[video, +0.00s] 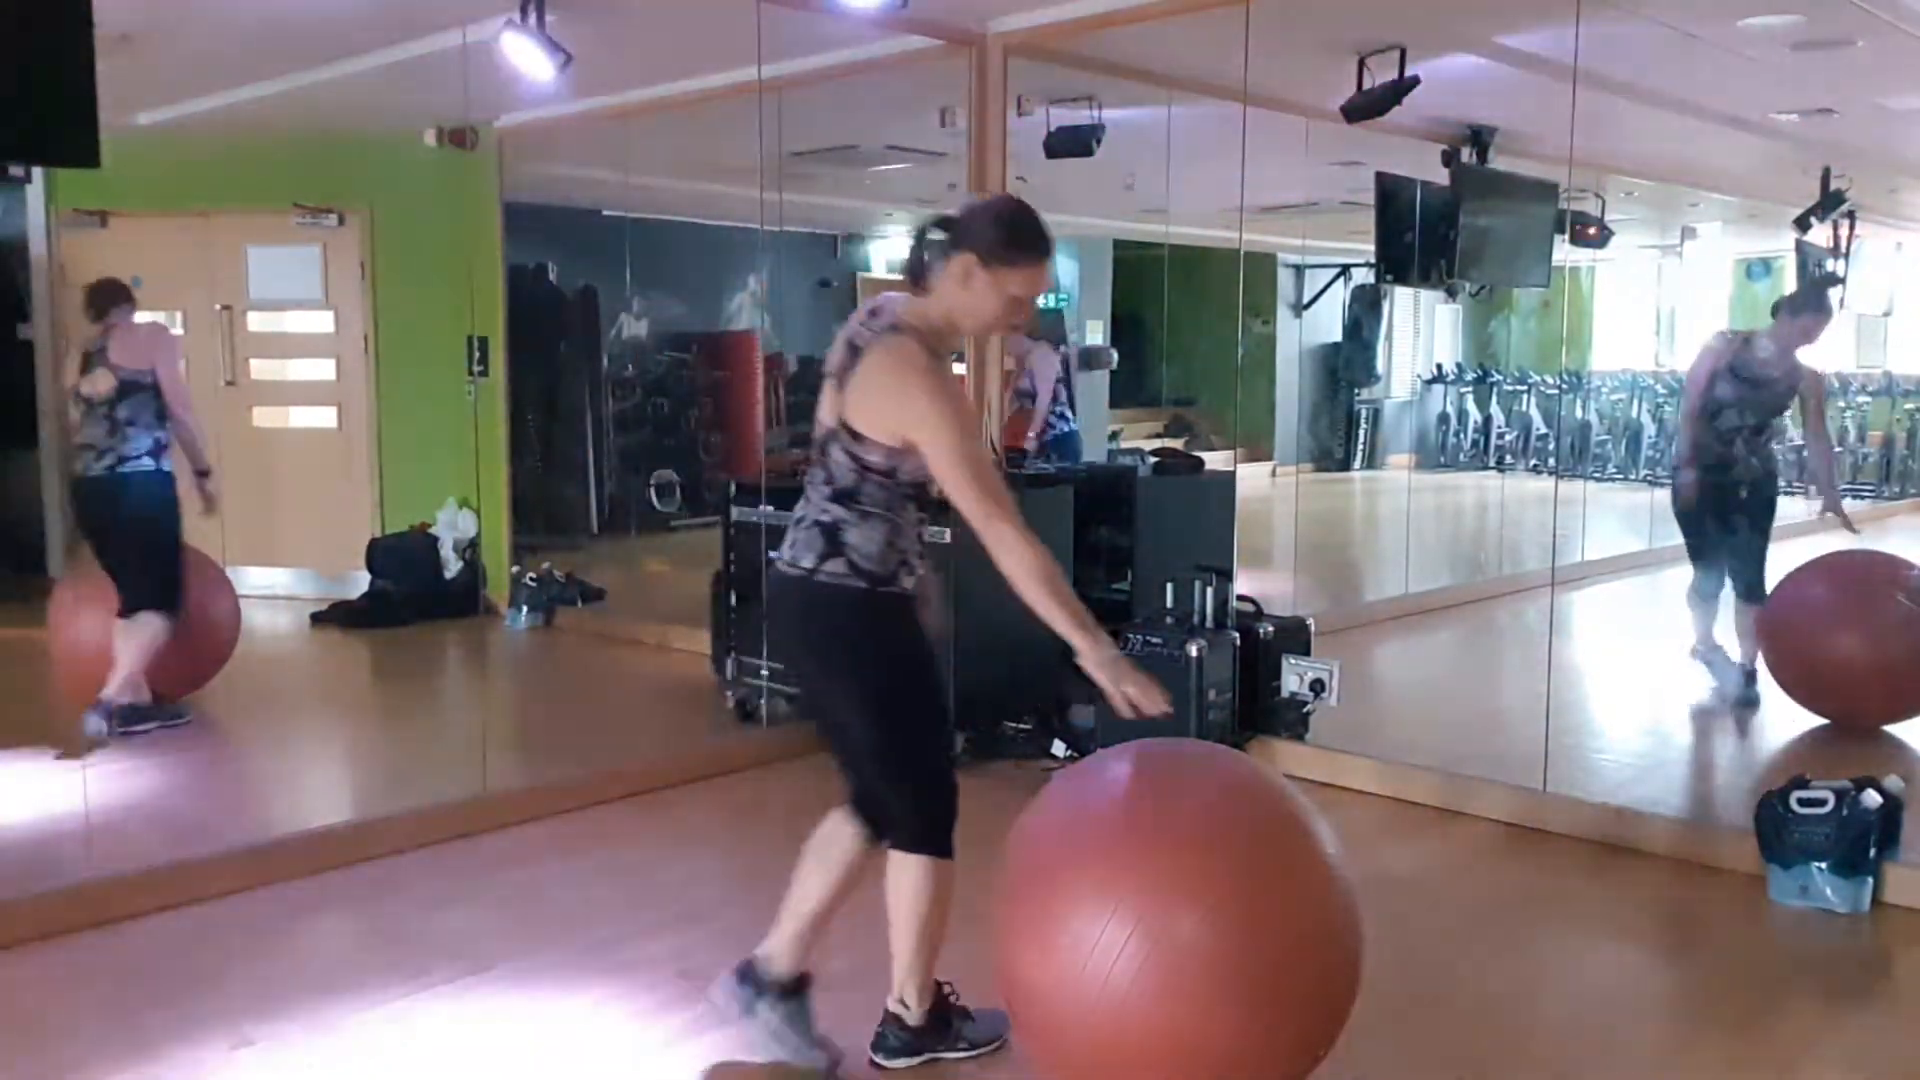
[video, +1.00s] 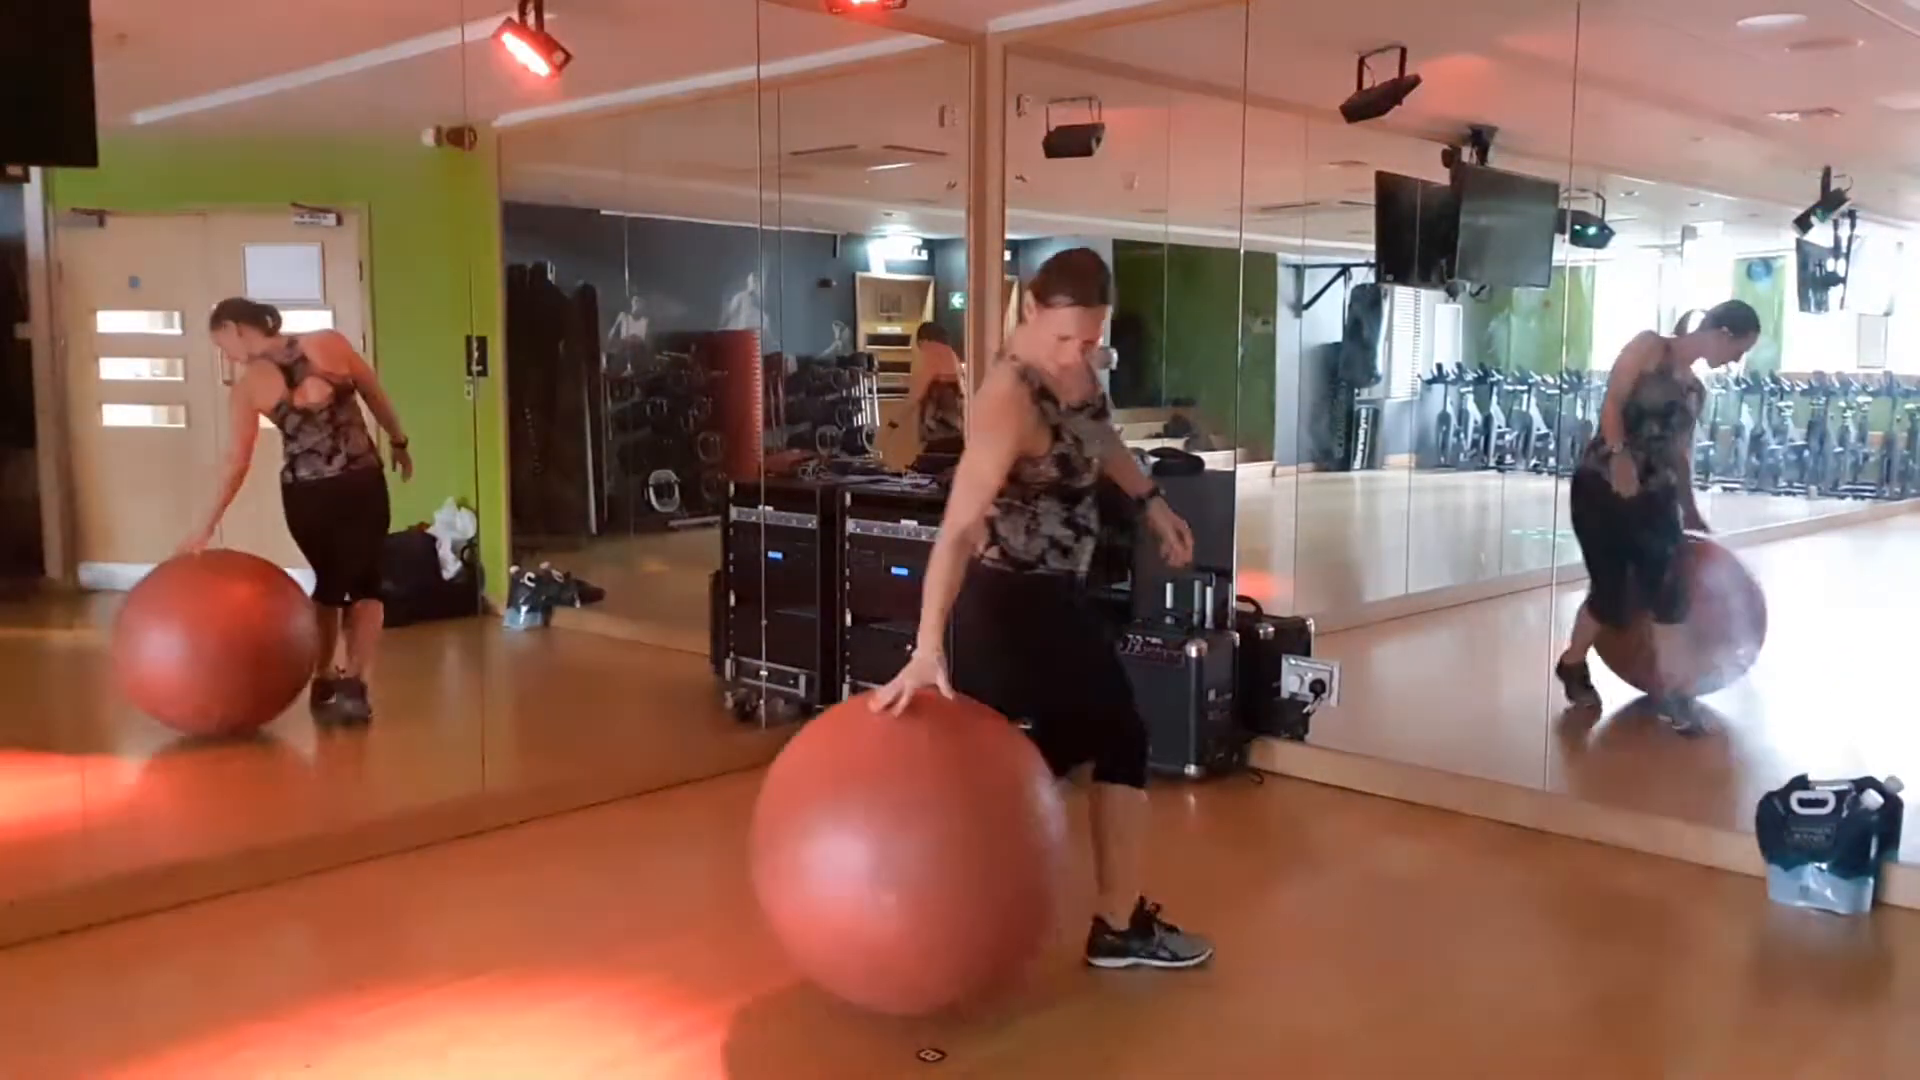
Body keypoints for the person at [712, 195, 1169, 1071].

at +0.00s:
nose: (1019, 320)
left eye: (1029, 304)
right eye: (1016, 300)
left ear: (961, 272)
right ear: (963, 271)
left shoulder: (882, 323)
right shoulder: (909, 369)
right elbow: (999, 528)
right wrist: (1100, 654)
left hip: (817, 590)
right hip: (856, 601)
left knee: (877, 792)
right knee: (924, 799)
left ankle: (772, 974)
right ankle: (913, 1013)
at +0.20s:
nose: (1080, 356)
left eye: (1090, 340)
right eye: (1077, 335)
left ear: (1020, 304)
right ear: (1025, 303)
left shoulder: (939, 337)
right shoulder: (982, 399)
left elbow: (874, 418)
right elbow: (1054, 556)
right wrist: (1130, 682)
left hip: (855, 583)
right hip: (884, 597)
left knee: (928, 750)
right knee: (944, 797)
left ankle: (871, 896)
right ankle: (910, 1012)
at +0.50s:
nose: (1075, 375)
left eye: (1088, 363)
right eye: (1072, 356)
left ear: (1038, 318)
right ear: (1036, 317)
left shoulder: (989, 347)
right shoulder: (981, 405)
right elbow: (974, 562)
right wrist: (1022, 683)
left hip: (933, 575)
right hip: (923, 589)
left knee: (968, 733)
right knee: (982, 742)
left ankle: (927, 885)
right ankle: (935, 892)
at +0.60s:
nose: (1071, 372)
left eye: (1085, 359)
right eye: (1065, 351)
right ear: (1031, 313)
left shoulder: (1002, 349)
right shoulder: (974, 404)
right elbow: (935, 556)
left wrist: (1089, 356)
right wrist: (953, 678)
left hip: (967, 576)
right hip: (944, 589)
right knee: (1046, 721)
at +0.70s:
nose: (1070, 363)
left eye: (1082, 348)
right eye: (1061, 342)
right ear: (1024, 308)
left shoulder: (1000, 349)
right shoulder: (975, 402)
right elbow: (908, 537)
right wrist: (915, 650)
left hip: (991, 590)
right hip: (962, 605)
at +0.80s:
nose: (1062, 359)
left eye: (1075, 343)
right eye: (1049, 340)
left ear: (1088, 331)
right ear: (1013, 310)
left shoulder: (1048, 378)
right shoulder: (976, 395)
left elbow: (1050, 459)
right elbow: (913, 525)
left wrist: (1108, 493)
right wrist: (914, 632)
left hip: (1017, 588)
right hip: (965, 596)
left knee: (1085, 734)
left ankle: (1105, 898)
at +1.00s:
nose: (1079, 355)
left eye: (1091, 339)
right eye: (1063, 339)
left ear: (1104, 326)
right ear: (1031, 318)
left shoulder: (1080, 372)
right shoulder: (1005, 396)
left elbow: (1106, 443)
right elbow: (958, 530)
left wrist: (1152, 502)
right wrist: (927, 647)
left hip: (1056, 598)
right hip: (1015, 603)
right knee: (1120, 743)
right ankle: (1122, 921)